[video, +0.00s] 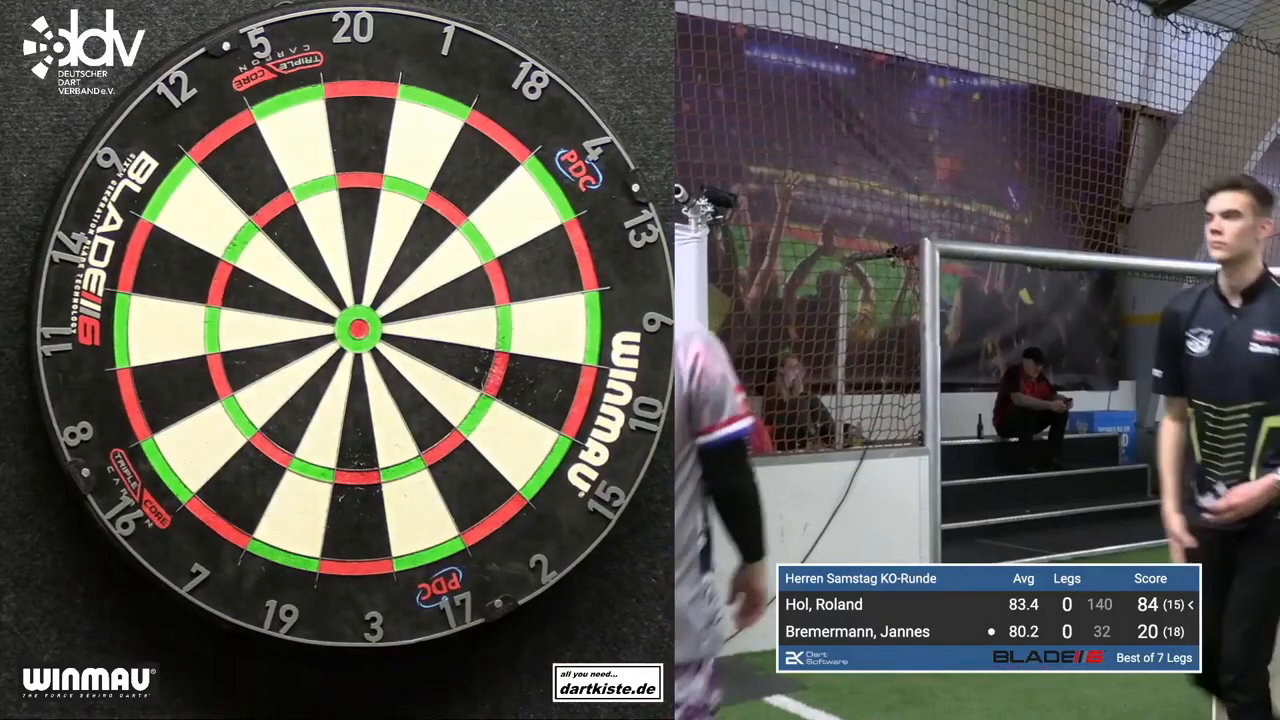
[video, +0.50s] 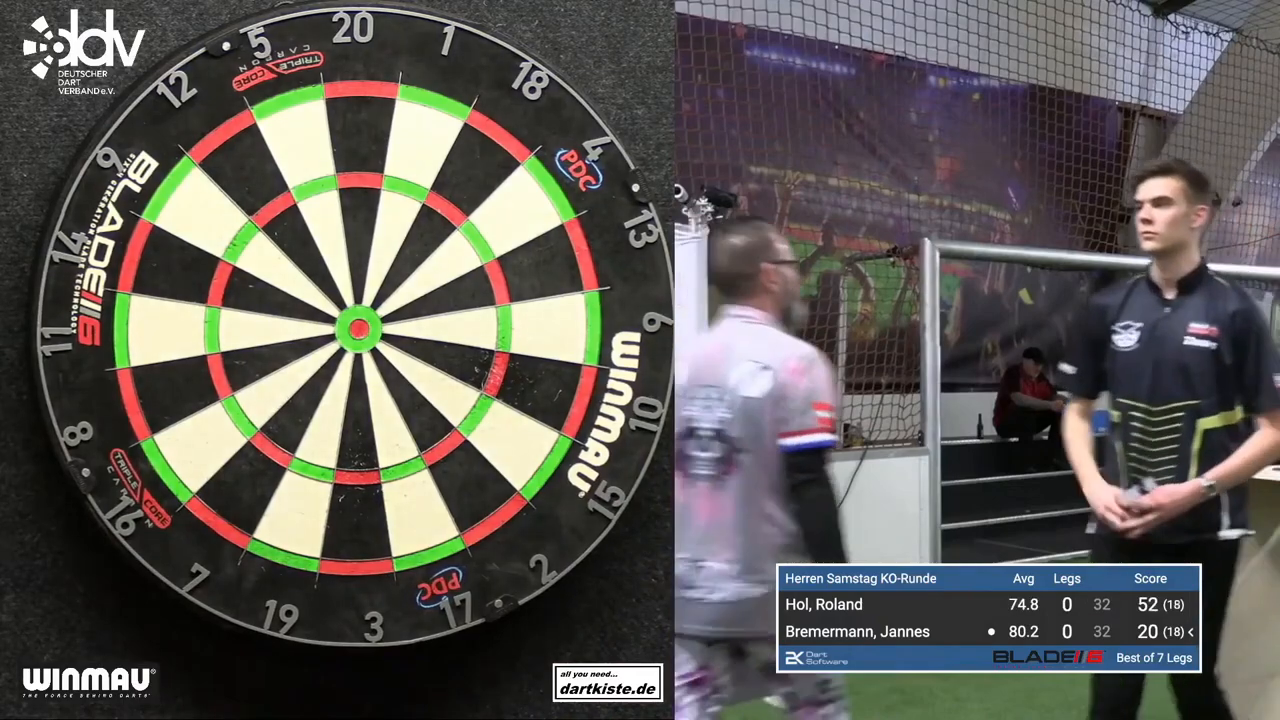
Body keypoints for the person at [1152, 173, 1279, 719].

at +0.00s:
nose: (1215, 228)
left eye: (1231, 216)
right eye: (1210, 218)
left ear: (1265, 229)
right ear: (1205, 229)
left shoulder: (1278, 309)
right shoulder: (1183, 311)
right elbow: (1173, 416)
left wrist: (1268, 488)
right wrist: (1171, 506)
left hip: (1268, 521)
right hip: (1204, 521)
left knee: (1241, 672)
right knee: (1207, 666)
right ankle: (1248, 706)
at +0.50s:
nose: (1144, 216)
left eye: (1161, 204)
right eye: (1139, 207)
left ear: (1201, 216)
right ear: (1133, 218)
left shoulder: (1236, 314)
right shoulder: (1106, 309)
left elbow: (1272, 430)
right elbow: (1076, 411)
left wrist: (1193, 492)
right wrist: (1094, 487)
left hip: (1202, 534)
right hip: (1118, 529)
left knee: (1192, 680)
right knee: (1113, 682)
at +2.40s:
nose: (972, 193)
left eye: (988, 178)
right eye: (969, 183)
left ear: (1039, 190)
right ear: (967, 198)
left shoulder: (1109, 280)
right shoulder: (961, 295)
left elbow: (1178, 378)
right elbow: (849, 352)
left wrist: (1167, 481)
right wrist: (725, 277)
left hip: (1138, 527)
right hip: (1047, 541)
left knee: (1161, 692)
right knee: (1049, 700)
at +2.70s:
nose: (968, 194)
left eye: (986, 179)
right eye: (966, 184)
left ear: (1035, 189)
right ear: (966, 199)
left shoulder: (1107, 279)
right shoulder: (961, 297)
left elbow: (1174, 373)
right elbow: (844, 349)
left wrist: (1162, 481)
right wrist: (821, 213)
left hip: (1133, 528)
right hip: (1043, 543)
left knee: (1155, 686)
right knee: (1047, 700)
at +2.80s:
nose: (968, 195)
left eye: (985, 180)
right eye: (965, 185)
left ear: (1035, 190)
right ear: (964, 200)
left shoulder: (1107, 280)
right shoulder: (959, 297)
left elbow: (1174, 375)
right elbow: (843, 349)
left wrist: (1162, 480)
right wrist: (836, 214)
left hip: (1133, 528)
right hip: (1041, 543)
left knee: (1155, 685)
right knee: (1047, 699)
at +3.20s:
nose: (965, 196)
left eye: (983, 180)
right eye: (963, 186)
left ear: (1033, 191)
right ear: (964, 202)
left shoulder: (1104, 280)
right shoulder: (958, 298)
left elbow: (1172, 377)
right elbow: (842, 349)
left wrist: (1160, 481)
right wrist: (783, 241)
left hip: (1130, 523)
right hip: (1041, 541)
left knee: (1156, 689)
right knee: (1046, 703)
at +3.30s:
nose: (968, 192)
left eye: (985, 177)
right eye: (965, 184)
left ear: (1035, 190)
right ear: (966, 199)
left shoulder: (1104, 282)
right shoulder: (959, 280)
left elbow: (1174, 377)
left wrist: (1160, 487)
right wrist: (698, 271)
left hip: (1132, 520)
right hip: (1047, 529)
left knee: (1154, 681)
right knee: (1048, 693)